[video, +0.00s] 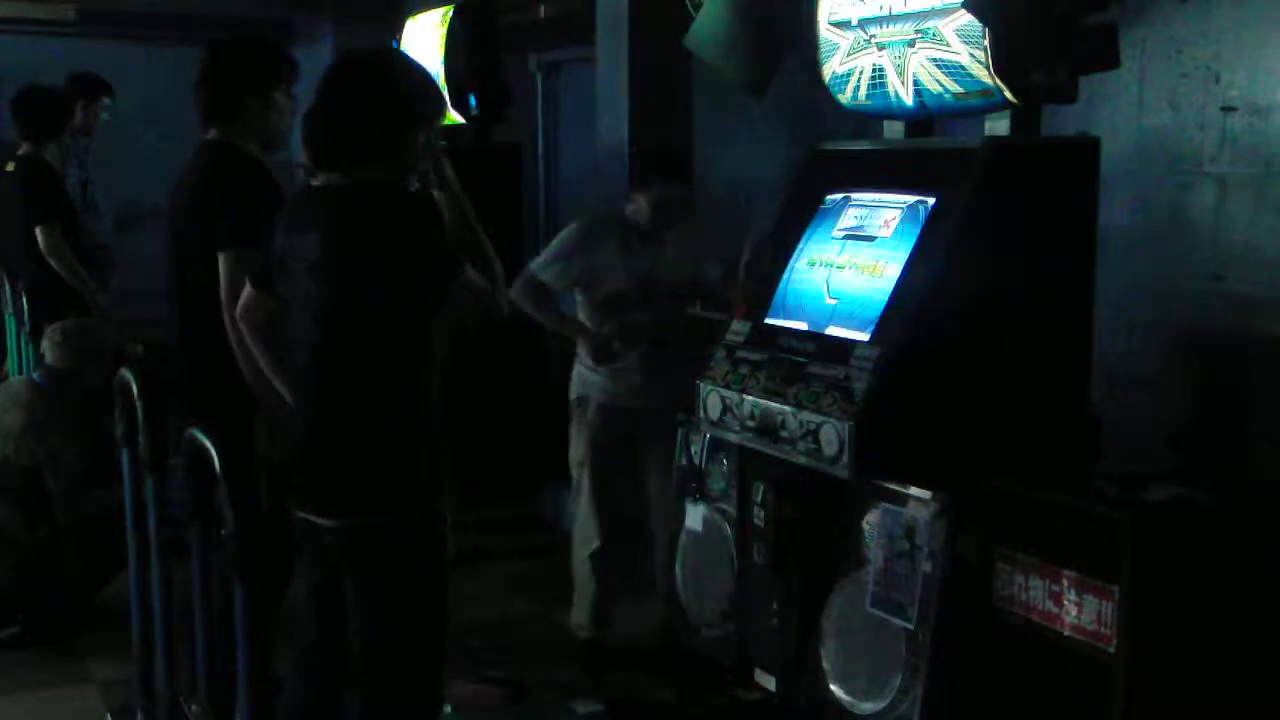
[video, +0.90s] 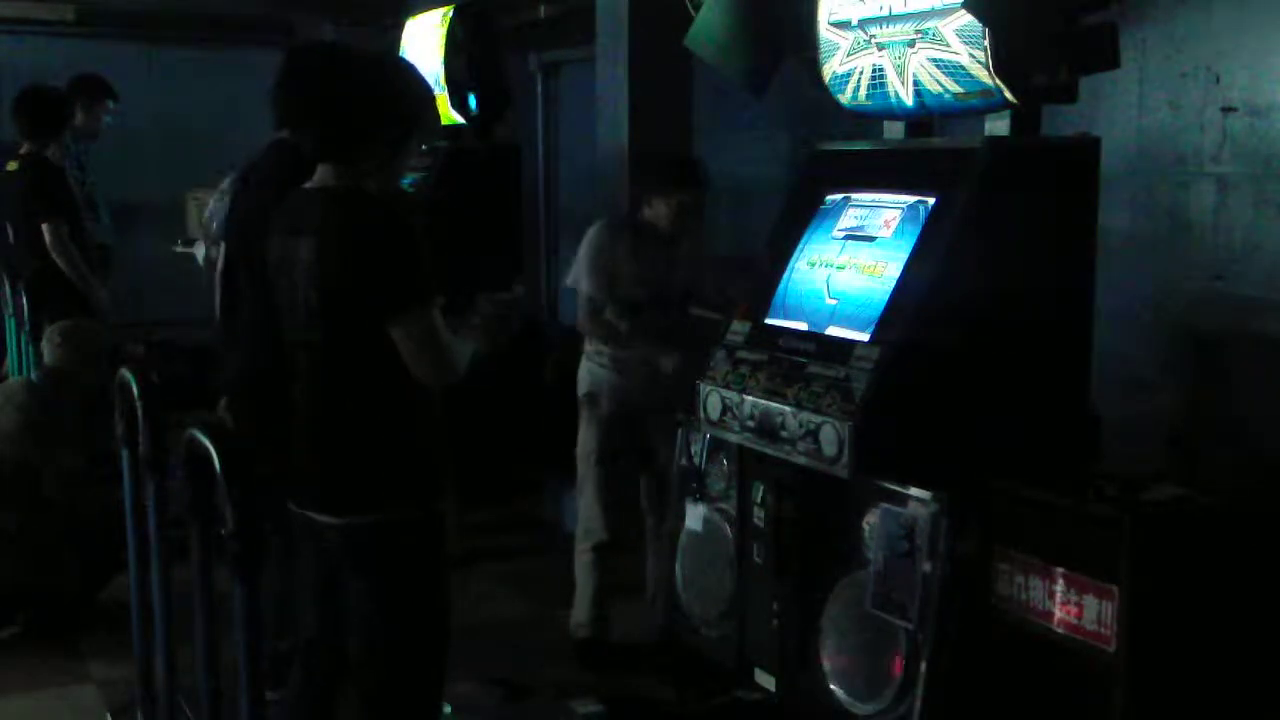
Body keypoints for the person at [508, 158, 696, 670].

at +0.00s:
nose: (664, 215)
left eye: (673, 205)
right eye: (656, 203)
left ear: (683, 205)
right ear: (635, 197)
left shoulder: (682, 246)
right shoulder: (592, 235)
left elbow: (712, 306)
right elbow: (527, 290)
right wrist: (584, 334)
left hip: (662, 396)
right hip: (601, 395)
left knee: (666, 514)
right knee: (597, 517)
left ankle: (667, 630)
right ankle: (591, 632)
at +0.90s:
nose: (680, 217)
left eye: (687, 207)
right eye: (674, 205)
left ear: (690, 207)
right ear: (650, 199)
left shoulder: (684, 247)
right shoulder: (606, 238)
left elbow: (694, 314)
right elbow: (590, 321)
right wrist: (654, 347)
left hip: (663, 385)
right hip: (608, 385)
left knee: (665, 510)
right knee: (599, 514)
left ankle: (664, 621)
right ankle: (589, 626)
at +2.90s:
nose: (721, 231)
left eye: (730, 222)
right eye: (715, 219)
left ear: (737, 223)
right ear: (695, 211)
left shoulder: (724, 260)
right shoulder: (649, 250)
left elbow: (733, 325)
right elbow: (645, 340)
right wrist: (698, 384)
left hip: (681, 394)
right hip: (628, 388)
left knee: (675, 511)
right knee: (612, 511)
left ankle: (666, 624)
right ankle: (591, 625)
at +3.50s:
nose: (693, 217)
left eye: (702, 208)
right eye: (688, 205)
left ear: (712, 208)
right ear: (669, 196)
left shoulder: (711, 246)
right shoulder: (624, 238)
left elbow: (726, 311)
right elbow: (593, 311)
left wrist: (699, 361)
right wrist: (637, 361)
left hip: (681, 386)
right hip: (623, 384)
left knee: (676, 499)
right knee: (606, 495)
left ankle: (668, 605)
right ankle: (597, 592)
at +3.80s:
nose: (622, 209)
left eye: (630, 199)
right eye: (614, 199)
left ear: (651, 195)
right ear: (606, 197)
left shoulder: (676, 241)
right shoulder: (594, 232)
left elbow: (708, 312)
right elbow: (572, 299)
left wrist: (676, 370)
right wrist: (592, 359)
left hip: (657, 385)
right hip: (603, 383)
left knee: (665, 503)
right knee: (595, 498)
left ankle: (667, 607)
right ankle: (604, 594)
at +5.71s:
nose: (580, 215)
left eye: (583, 204)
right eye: (576, 206)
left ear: (607, 193)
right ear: (594, 201)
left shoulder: (650, 231)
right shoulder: (614, 235)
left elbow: (678, 304)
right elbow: (625, 307)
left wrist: (686, 378)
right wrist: (617, 358)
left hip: (650, 375)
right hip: (618, 370)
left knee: (642, 486)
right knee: (619, 484)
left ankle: (653, 598)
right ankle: (634, 586)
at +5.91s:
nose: (581, 215)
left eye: (584, 204)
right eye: (576, 206)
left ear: (607, 193)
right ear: (594, 200)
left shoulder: (650, 230)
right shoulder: (616, 232)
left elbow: (677, 303)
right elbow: (624, 305)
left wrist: (685, 377)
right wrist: (614, 359)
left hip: (649, 374)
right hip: (616, 369)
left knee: (642, 488)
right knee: (619, 485)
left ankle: (654, 599)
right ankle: (634, 588)